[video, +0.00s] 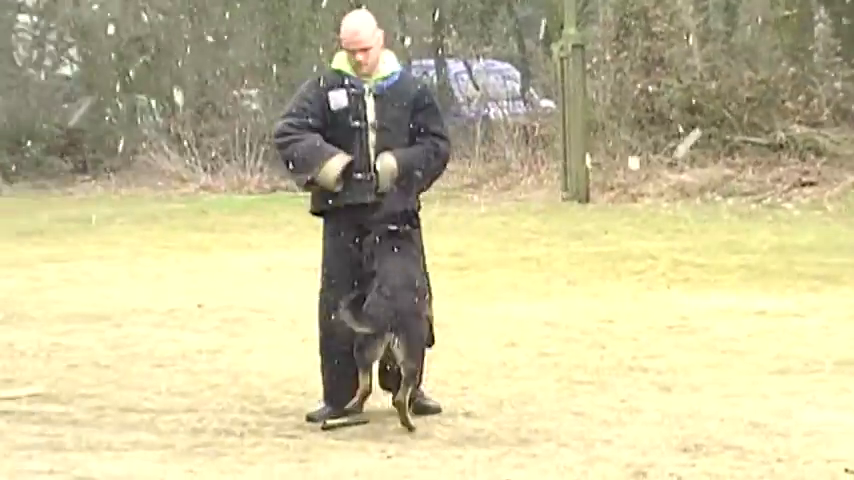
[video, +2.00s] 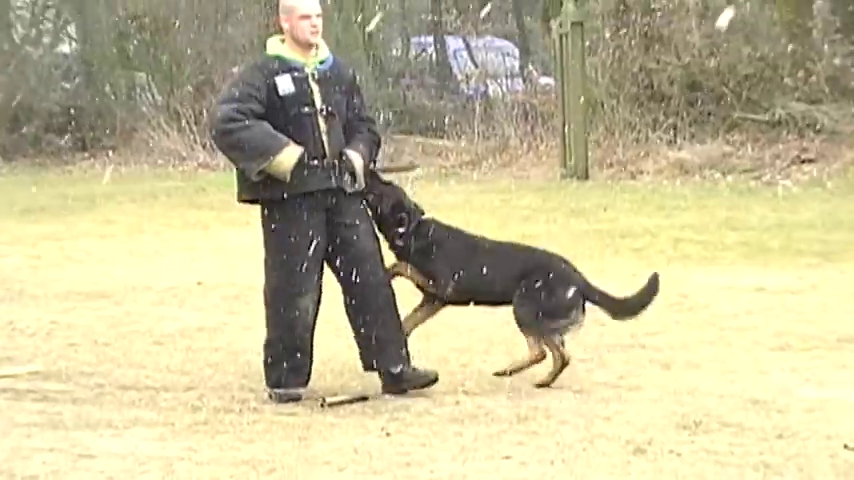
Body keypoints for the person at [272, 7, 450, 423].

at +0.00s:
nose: (357, 58)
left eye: (363, 49)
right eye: (350, 51)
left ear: (382, 42)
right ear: (341, 49)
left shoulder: (412, 90)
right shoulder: (325, 87)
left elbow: (438, 148)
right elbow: (288, 133)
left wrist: (399, 164)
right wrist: (328, 162)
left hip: (397, 219)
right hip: (342, 219)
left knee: (408, 300)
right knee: (338, 305)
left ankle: (408, 386)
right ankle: (342, 399)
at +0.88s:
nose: (379, 7)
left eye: (382, 1)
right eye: (369, 1)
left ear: (388, 5)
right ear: (349, 7)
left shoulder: (410, 51)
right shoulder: (335, 61)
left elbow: (441, 95)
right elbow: (314, 118)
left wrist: (430, 114)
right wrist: (376, 132)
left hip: (423, 178)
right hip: (373, 185)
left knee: (442, 263)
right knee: (365, 272)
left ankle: (461, 354)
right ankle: (335, 358)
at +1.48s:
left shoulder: (403, 19)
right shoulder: (315, 18)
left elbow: (431, 75)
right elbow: (288, 70)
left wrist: (411, 102)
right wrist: (336, 91)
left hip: (401, 145)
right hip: (347, 145)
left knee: (416, 232)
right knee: (336, 235)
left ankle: (432, 321)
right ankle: (304, 320)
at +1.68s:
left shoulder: (363, 32)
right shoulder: (276, 42)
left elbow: (399, 78)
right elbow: (253, 99)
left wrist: (389, 111)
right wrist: (296, 120)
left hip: (373, 160)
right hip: (321, 166)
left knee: (391, 247)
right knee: (316, 255)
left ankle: (410, 337)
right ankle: (289, 340)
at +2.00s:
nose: (315, 23)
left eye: (318, 16)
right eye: (305, 16)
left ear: (323, 20)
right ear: (284, 22)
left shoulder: (340, 71)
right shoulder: (262, 72)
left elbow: (364, 126)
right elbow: (229, 123)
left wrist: (356, 155)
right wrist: (285, 156)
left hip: (344, 193)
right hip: (293, 197)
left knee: (369, 277)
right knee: (294, 291)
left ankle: (395, 368)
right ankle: (286, 381)